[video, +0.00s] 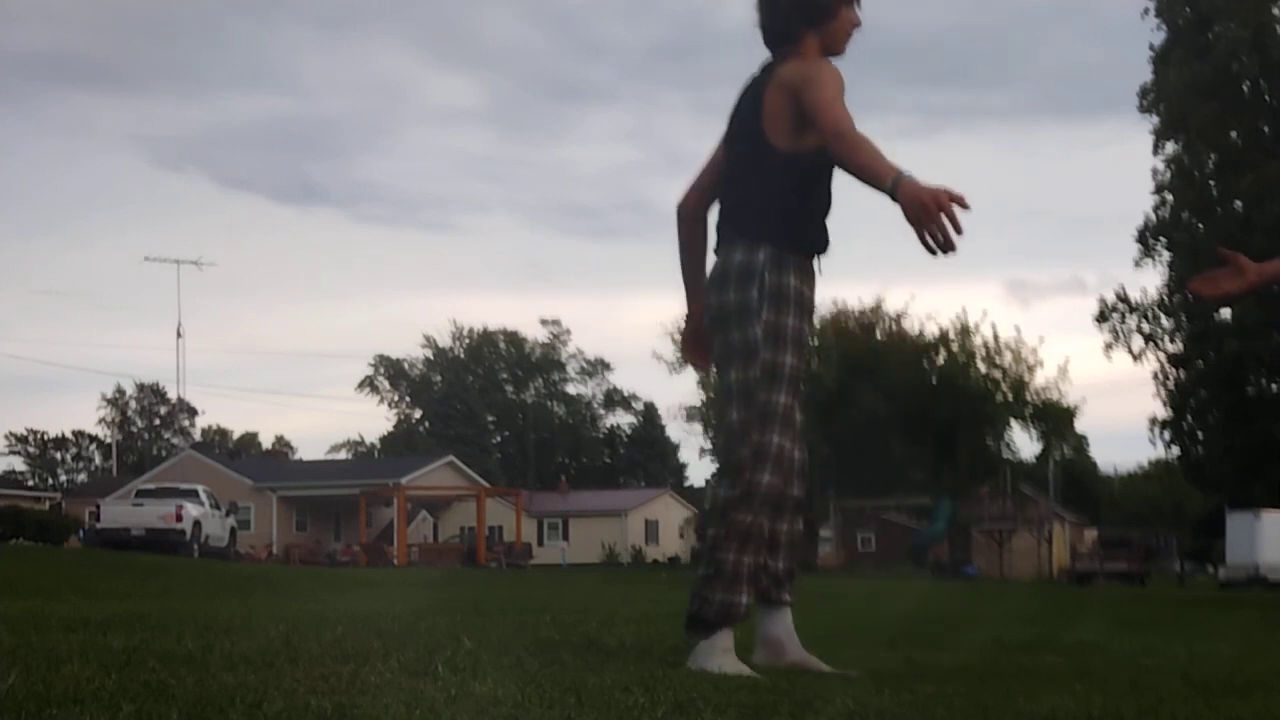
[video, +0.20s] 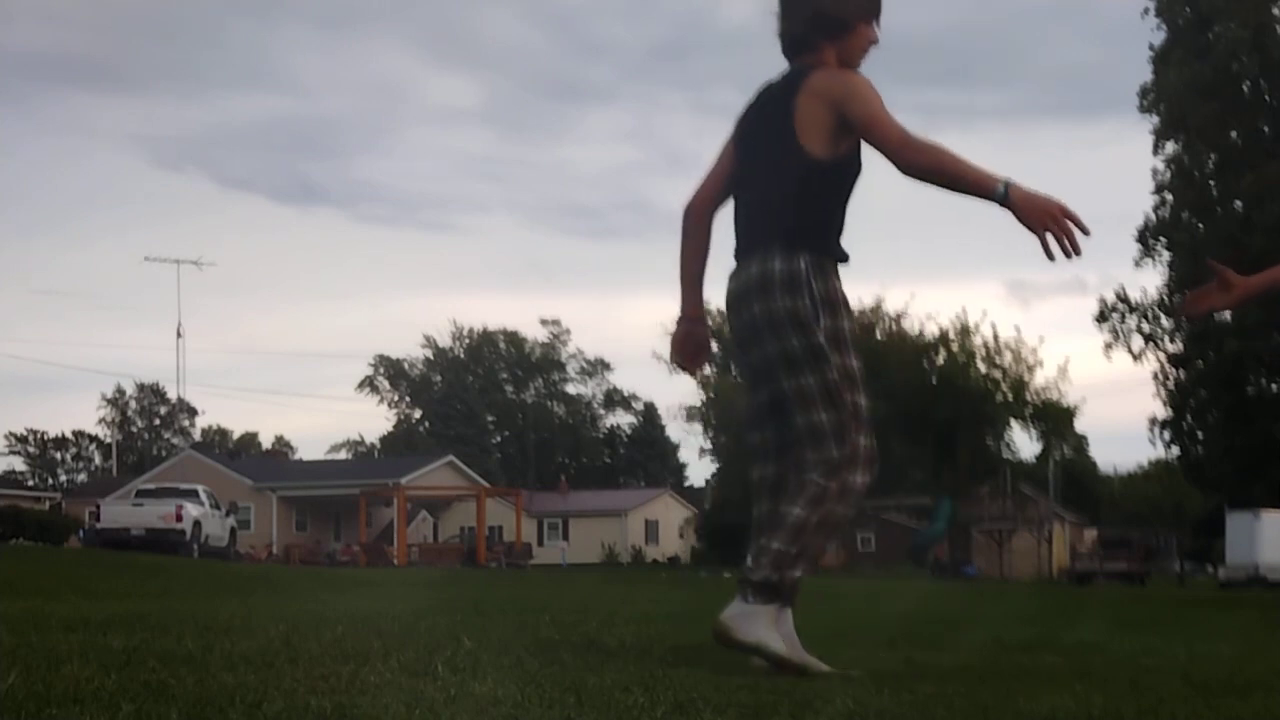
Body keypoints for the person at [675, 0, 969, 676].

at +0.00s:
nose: (857, 16)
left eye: (855, 6)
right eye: (849, 6)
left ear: (792, 20)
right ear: (819, 15)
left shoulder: (760, 91)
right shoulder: (813, 72)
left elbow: (692, 206)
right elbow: (835, 136)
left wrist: (696, 306)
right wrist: (903, 185)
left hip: (742, 276)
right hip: (769, 273)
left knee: (782, 454)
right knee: (759, 455)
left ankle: (775, 634)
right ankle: (711, 643)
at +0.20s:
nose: (875, 37)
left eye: (875, 25)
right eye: (869, 23)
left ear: (804, 33)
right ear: (837, 26)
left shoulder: (762, 106)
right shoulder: (840, 86)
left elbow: (698, 209)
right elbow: (910, 155)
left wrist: (691, 310)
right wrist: (1013, 194)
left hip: (748, 290)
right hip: (797, 285)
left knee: (789, 453)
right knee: (845, 450)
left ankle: (774, 619)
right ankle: (757, 603)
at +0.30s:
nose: (889, 39)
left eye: (888, 26)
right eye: (883, 25)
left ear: (819, 37)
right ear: (850, 30)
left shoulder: (774, 108)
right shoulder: (859, 89)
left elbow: (710, 207)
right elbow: (943, 164)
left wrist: (703, 309)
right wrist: (1051, 210)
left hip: (760, 295)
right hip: (814, 287)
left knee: (791, 456)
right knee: (874, 455)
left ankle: (775, 628)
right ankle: (818, 619)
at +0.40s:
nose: (911, 45)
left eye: (911, 31)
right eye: (905, 31)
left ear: (840, 38)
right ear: (872, 34)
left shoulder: (789, 110)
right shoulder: (885, 98)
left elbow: (726, 211)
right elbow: (974, 181)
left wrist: (727, 313)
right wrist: (1077, 232)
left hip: (778, 295)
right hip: (837, 288)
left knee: (801, 460)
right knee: (884, 461)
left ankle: (777, 634)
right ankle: (896, 643)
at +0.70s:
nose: (987, 66)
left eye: (991, 54)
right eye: (987, 52)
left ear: (917, 40)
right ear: (962, 47)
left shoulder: (858, 111)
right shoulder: (956, 116)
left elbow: (794, 216)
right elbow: (1031, 219)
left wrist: (814, 311)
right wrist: (1118, 291)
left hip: (840, 302)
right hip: (901, 296)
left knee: (873, 466)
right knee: (950, 471)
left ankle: (797, 622)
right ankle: (940, 657)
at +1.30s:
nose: (1036, 57)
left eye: (1039, 45)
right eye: (1032, 42)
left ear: (969, 42)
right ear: (1000, 41)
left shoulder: (918, 116)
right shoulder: (985, 118)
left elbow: (852, 219)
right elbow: (988, 228)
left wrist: (876, 307)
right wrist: (1033, 335)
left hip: (883, 297)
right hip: (928, 295)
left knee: (905, 469)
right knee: (953, 474)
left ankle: (883, 630)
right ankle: (942, 655)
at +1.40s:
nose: (1021, 61)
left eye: (1022, 50)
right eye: (1016, 48)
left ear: (956, 50)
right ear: (985, 49)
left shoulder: (920, 125)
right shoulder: (966, 122)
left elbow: (860, 235)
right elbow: (939, 216)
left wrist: (886, 311)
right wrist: (939, 320)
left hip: (886, 305)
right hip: (921, 304)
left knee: (910, 477)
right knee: (951, 479)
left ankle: (883, 636)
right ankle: (941, 655)